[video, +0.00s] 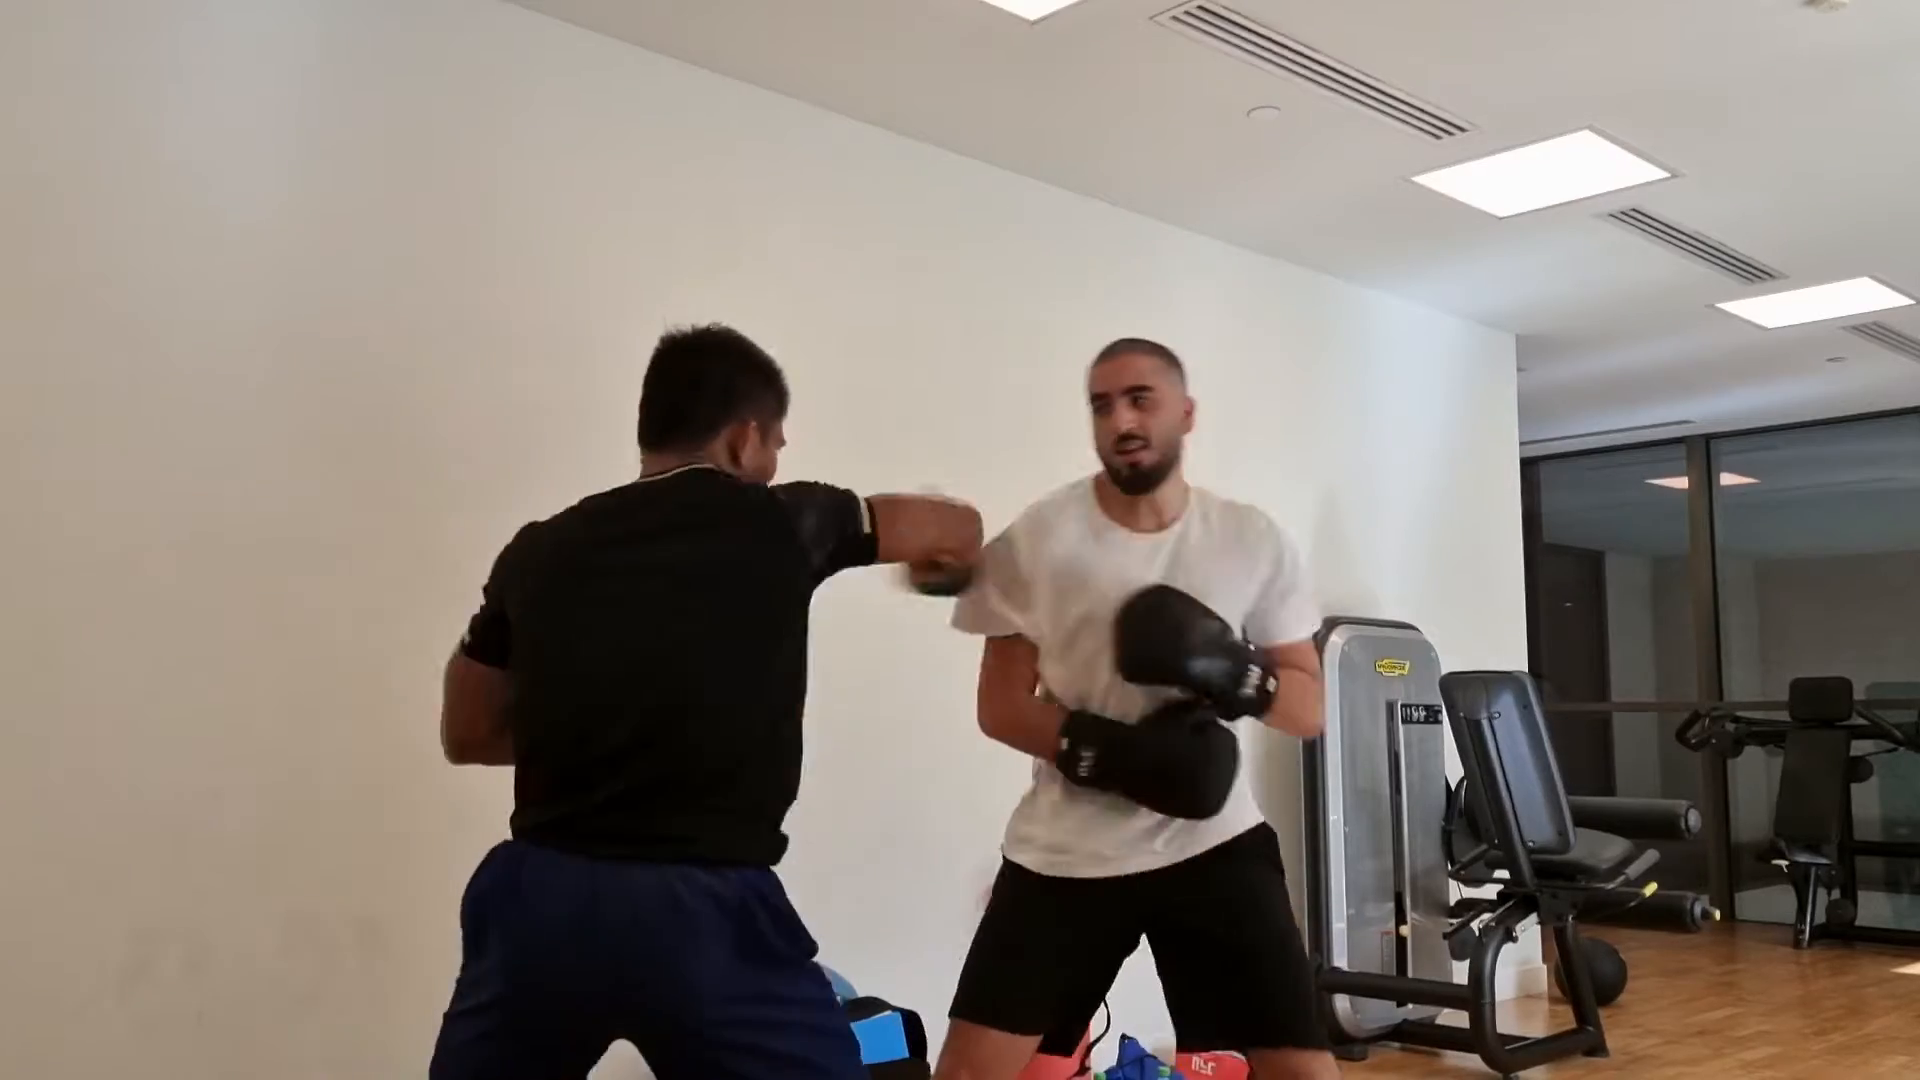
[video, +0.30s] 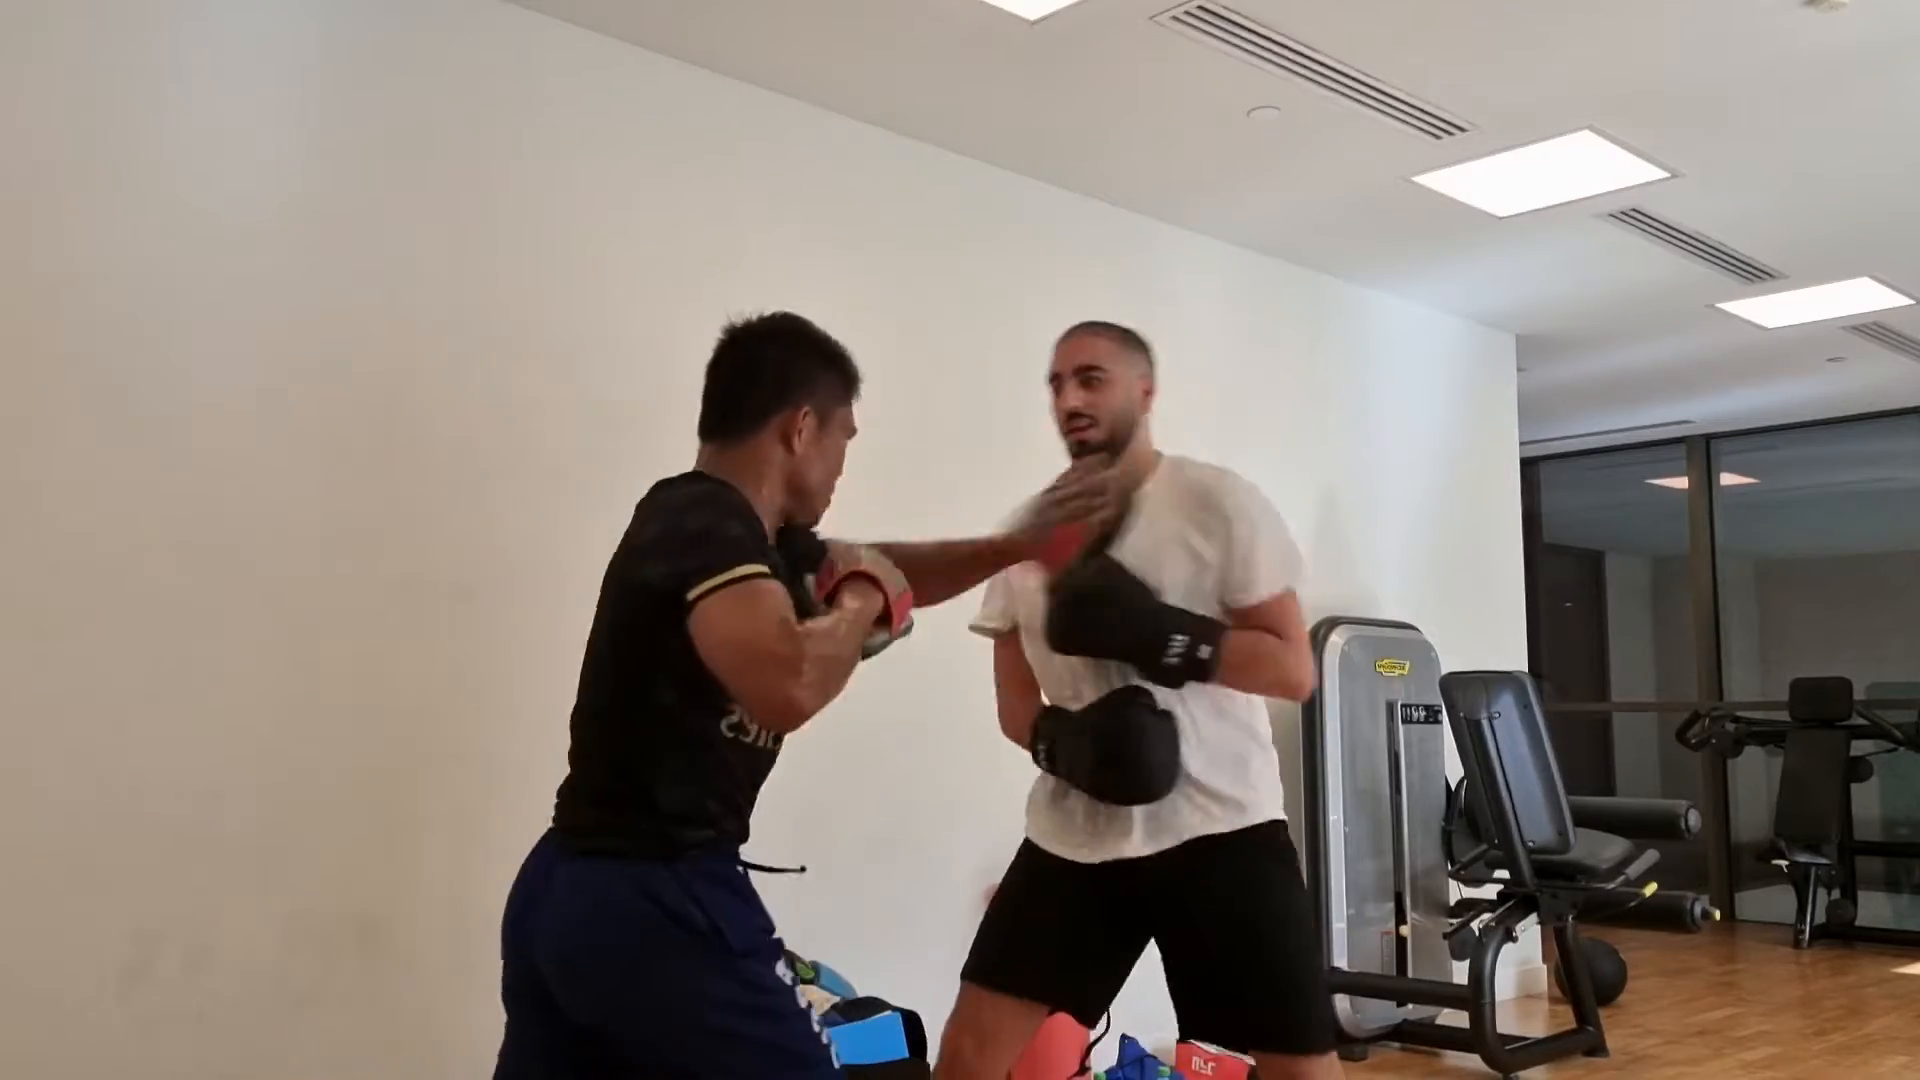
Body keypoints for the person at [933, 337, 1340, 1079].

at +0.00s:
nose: (1121, 419)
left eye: (1141, 398)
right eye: (1103, 405)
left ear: (1188, 412)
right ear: (1090, 425)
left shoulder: (1255, 541)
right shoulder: (1035, 541)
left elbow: (1309, 708)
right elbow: (1001, 708)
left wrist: (1232, 677)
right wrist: (1113, 752)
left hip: (1217, 851)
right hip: (1063, 858)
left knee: (1303, 1070)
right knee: (971, 1069)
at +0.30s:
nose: (1068, 398)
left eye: (1091, 378)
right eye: (1056, 384)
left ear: (1145, 390)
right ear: (1049, 401)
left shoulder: (1221, 503)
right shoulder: (1029, 532)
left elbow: (1295, 668)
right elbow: (1014, 703)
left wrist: (1162, 637)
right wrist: (1062, 738)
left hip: (1222, 842)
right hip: (1071, 847)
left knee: (1302, 1067)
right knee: (969, 1057)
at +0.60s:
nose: (1023, 425)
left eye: (1042, 402)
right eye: (1009, 413)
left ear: (1097, 411)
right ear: (1003, 435)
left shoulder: (1173, 513)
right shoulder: (1003, 563)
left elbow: (1266, 674)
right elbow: (994, 728)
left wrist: (1124, 657)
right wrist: (1047, 768)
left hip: (1198, 855)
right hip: (1048, 862)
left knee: (1282, 1068)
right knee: (955, 1060)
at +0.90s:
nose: (1161, 425)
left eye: (1188, 410)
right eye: (1152, 409)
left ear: (1236, 440)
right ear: (1138, 426)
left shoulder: (1266, 565)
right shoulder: (1071, 532)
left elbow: (1319, 745)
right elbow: (1000, 692)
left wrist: (1289, 665)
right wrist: (1102, 769)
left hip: (1211, 859)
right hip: (1060, 850)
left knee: (1315, 1068)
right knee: (962, 1065)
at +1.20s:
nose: (1048, 421)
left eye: (1071, 402)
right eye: (1037, 407)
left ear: (1124, 414)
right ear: (1028, 427)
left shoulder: (1173, 491)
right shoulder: (1019, 564)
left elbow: (1185, 606)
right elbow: (1007, 717)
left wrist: (1047, 555)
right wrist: (1037, 747)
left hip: (1196, 839)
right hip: (1060, 844)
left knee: (1275, 1067)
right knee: (955, 1058)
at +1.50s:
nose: (1171, 413)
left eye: (1198, 400)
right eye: (1160, 397)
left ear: (1241, 430)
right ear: (1143, 415)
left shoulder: (1266, 551)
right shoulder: (1074, 526)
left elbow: (1311, 731)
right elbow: (1015, 692)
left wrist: (1292, 649)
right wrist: (1127, 763)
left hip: (1217, 856)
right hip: (1068, 852)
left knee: (1312, 1069)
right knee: (972, 1068)